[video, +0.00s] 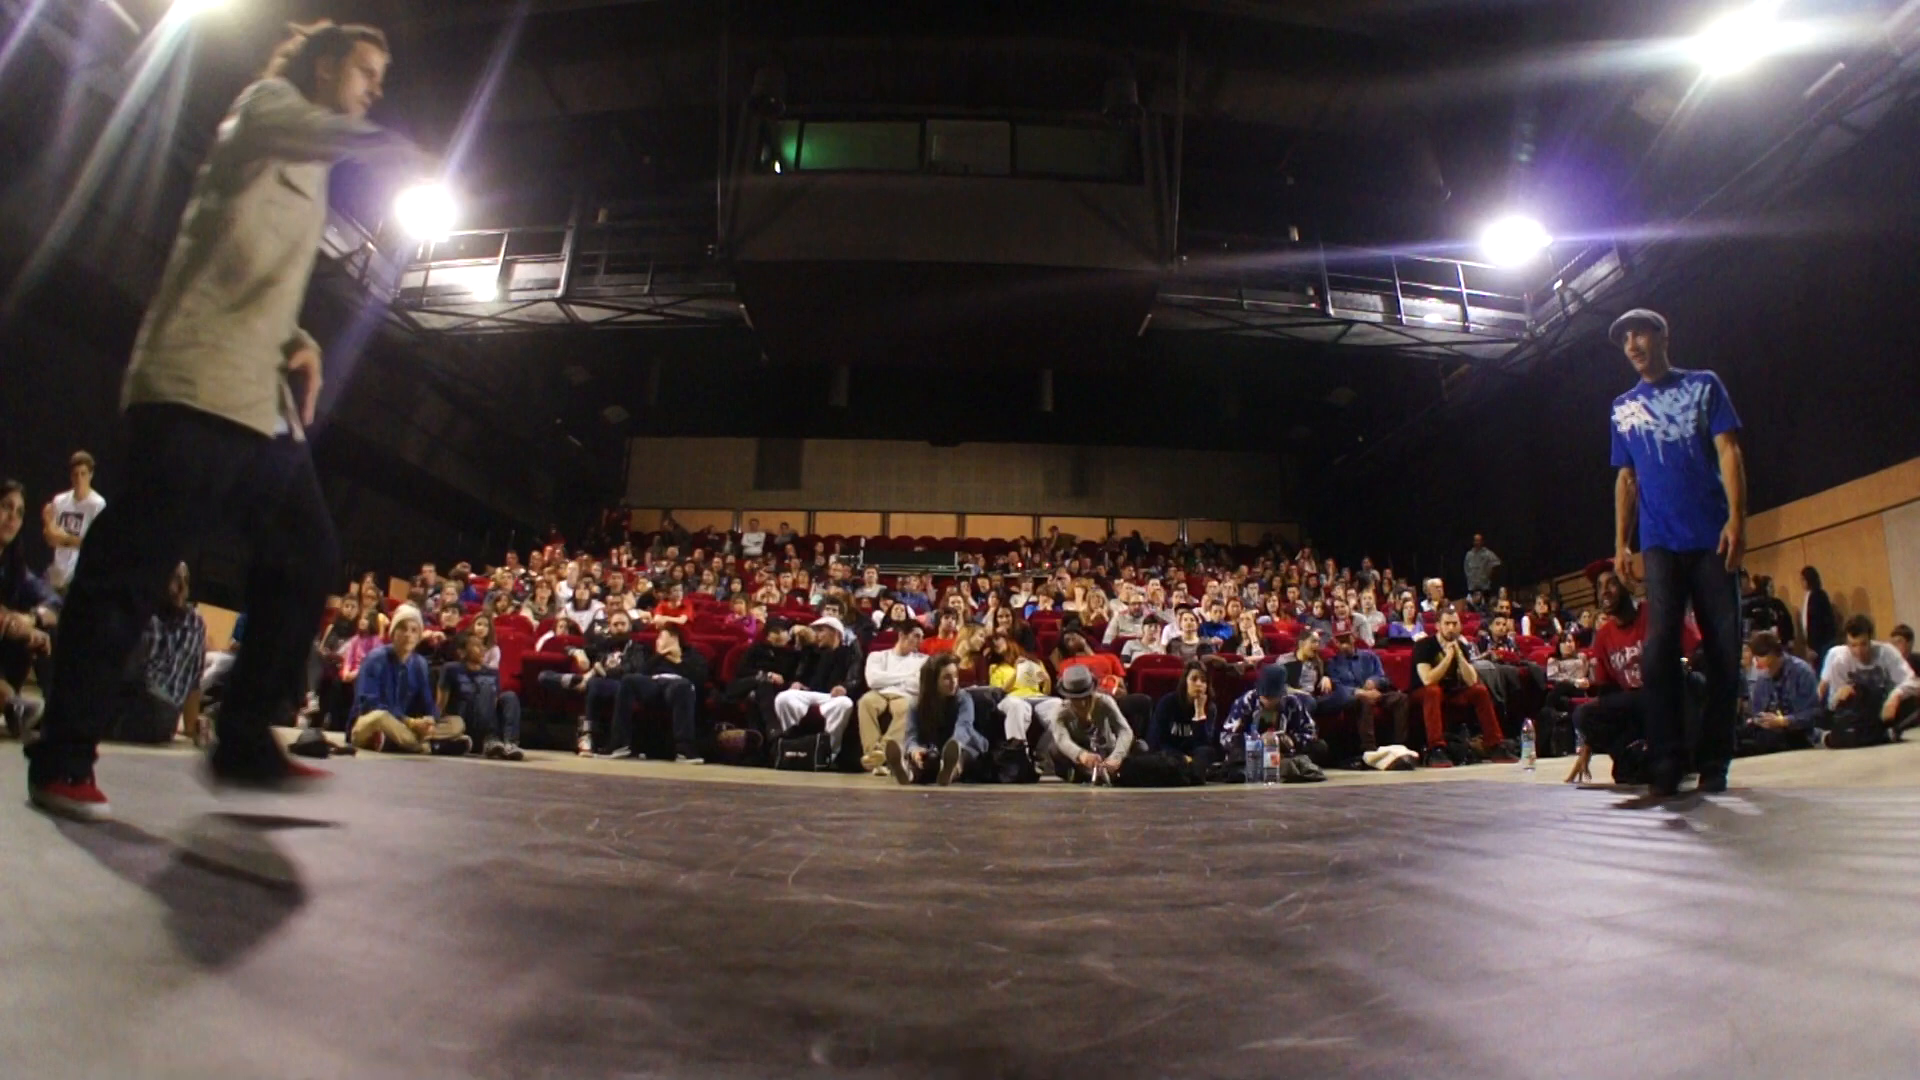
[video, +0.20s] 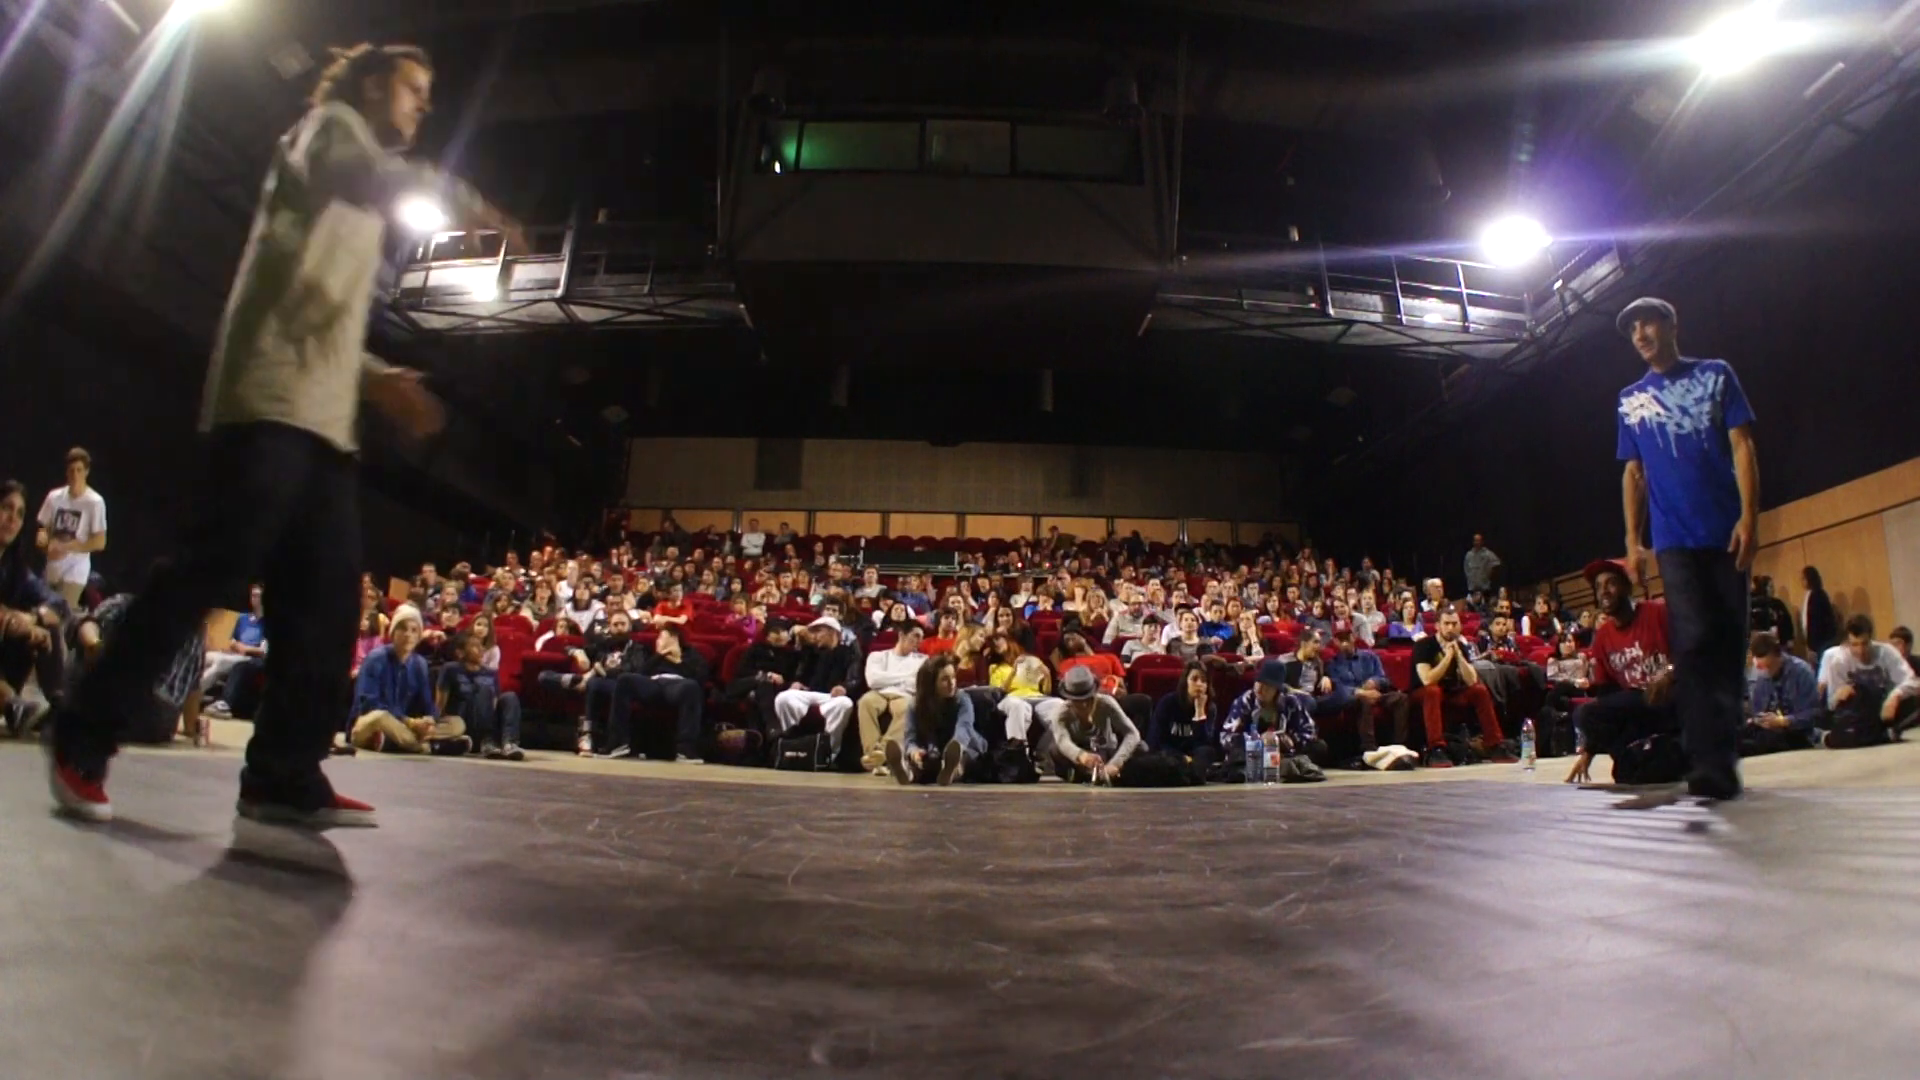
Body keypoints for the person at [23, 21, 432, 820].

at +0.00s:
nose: (371, 92)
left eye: (378, 83)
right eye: (364, 73)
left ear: (362, 91)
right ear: (318, 63)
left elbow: (256, 289)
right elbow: (325, 128)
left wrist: (300, 346)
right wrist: (398, 150)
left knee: (306, 560)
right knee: (127, 568)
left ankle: (244, 742)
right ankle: (63, 755)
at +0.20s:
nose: (421, 108)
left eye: (425, 99)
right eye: (412, 91)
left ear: (405, 106)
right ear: (369, 84)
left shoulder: (366, 176)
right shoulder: (326, 127)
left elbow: (318, 317)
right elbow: (363, 174)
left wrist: (379, 377)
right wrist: (465, 207)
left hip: (323, 410)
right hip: (273, 392)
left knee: (325, 596)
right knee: (214, 569)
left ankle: (285, 775)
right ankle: (87, 729)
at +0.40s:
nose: (472, 114)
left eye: (475, 105)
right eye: (461, 97)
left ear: (453, 116)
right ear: (420, 95)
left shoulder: (416, 182)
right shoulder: (385, 141)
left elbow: (421, 333)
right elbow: (352, 228)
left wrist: (510, 368)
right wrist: (411, 339)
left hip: (362, 389)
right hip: (348, 381)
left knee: (340, 575)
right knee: (407, 536)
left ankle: (283, 777)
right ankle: (263, 691)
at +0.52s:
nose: (503, 118)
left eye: (505, 109)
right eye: (492, 103)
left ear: (487, 123)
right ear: (452, 105)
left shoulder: (449, 189)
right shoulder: (414, 152)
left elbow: (452, 322)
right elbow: (359, 253)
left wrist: (557, 327)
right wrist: (339, 368)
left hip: (382, 401)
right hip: (398, 394)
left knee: (345, 586)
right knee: (475, 540)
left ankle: (279, 775)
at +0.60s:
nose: (523, 125)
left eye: (525, 116)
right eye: (511, 109)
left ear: (505, 129)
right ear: (470, 110)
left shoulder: (471, 199)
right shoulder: (433, 158)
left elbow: (472, 328)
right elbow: (364, 254)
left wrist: (581, 311)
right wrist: (308, 373)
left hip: (402, 417)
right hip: (426, 412)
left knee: (357, 601)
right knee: (494, 581)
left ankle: (283, 773)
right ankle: (458, 774)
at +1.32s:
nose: (702, 227)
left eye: (704, 215)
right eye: (698, 211)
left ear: (645, 201)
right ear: (666, 196)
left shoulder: (603, 262)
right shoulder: (638, 234)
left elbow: (605, 365)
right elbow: (708, 265)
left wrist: (668, 378)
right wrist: (771, 326)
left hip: (606, 469)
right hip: (621, 466)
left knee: (647, 631)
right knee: (596, 622)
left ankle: (635, 792)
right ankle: (496, 788)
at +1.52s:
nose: (739, 224)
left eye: (741, 215)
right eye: (731, 210)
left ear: (678, 215)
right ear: (694, 205)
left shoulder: (642, 271)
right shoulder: (685, 244)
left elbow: (669, 387)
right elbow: (687, 316)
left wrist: (742, 385)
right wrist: (761, 405)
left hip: (626, 465)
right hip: (675, 457)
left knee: (643, 617)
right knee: (722, 596)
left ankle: (634, 783)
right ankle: (607, 713)